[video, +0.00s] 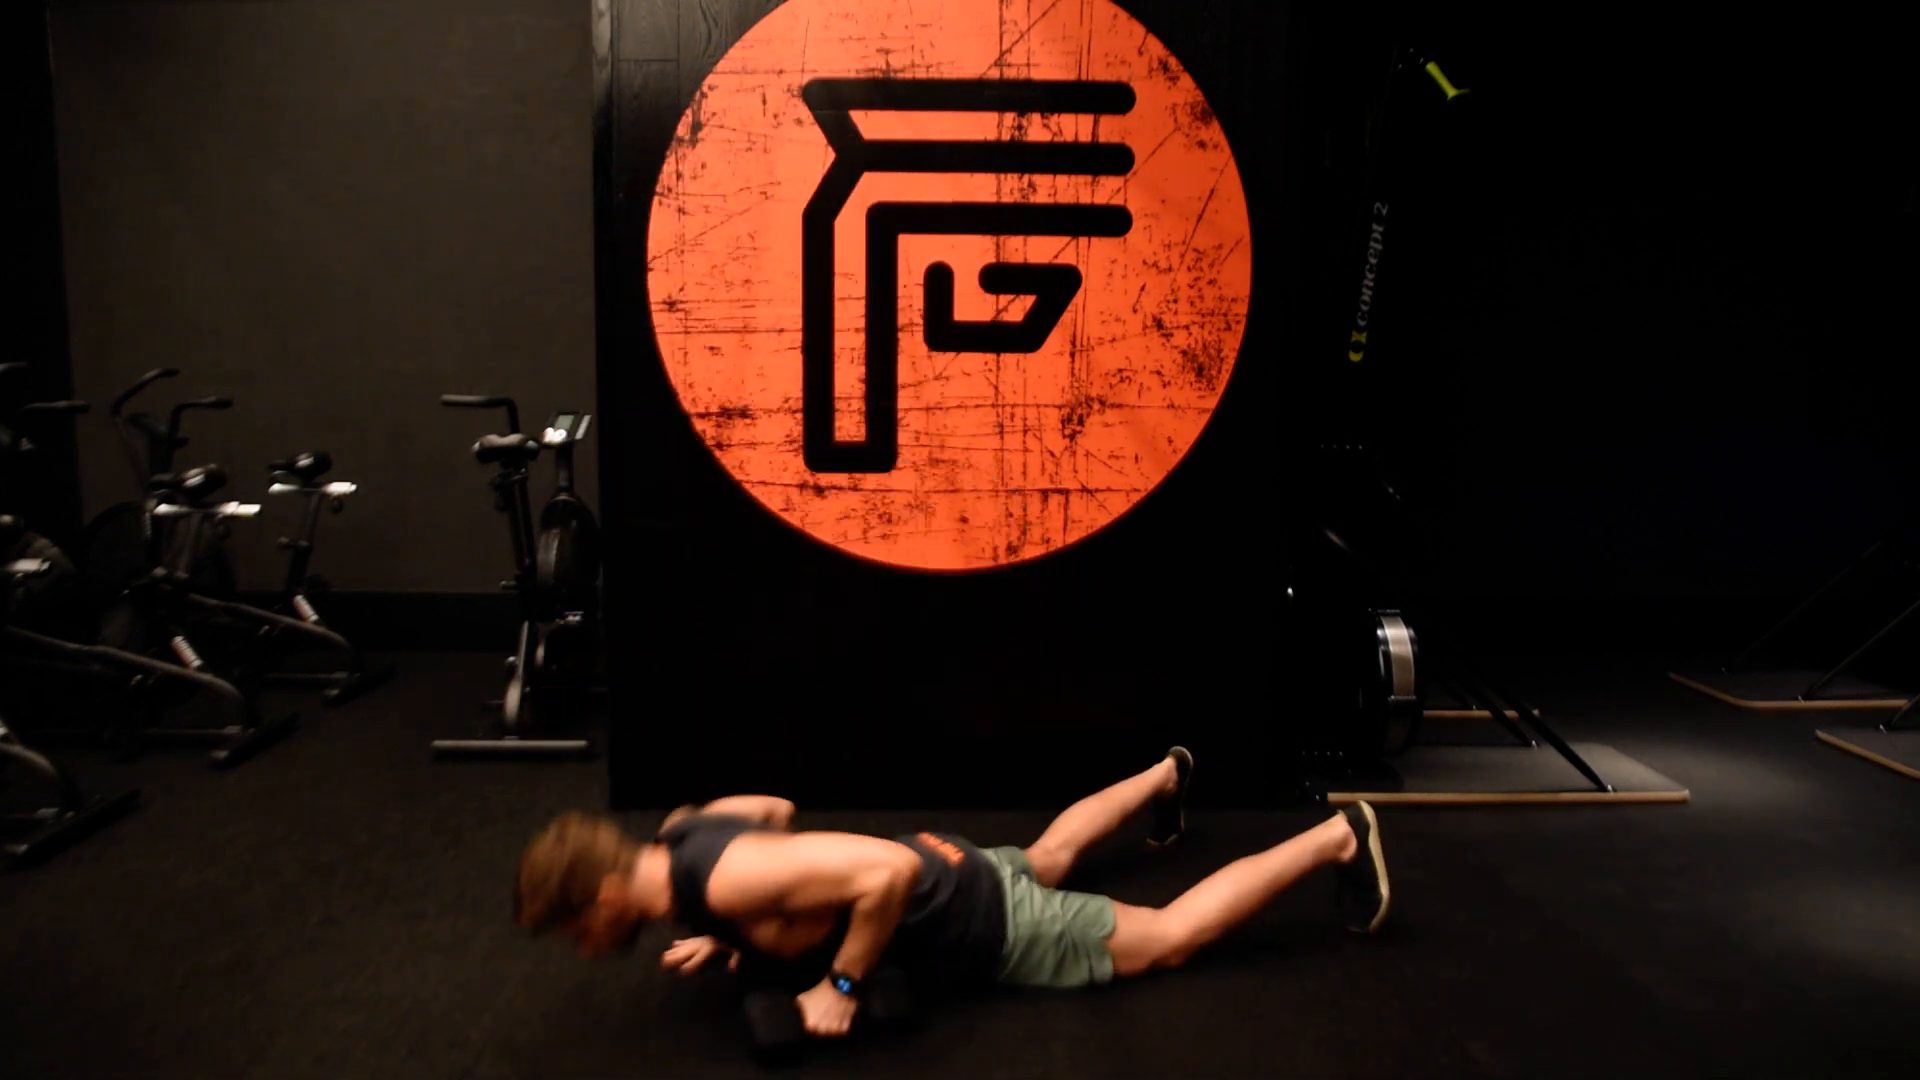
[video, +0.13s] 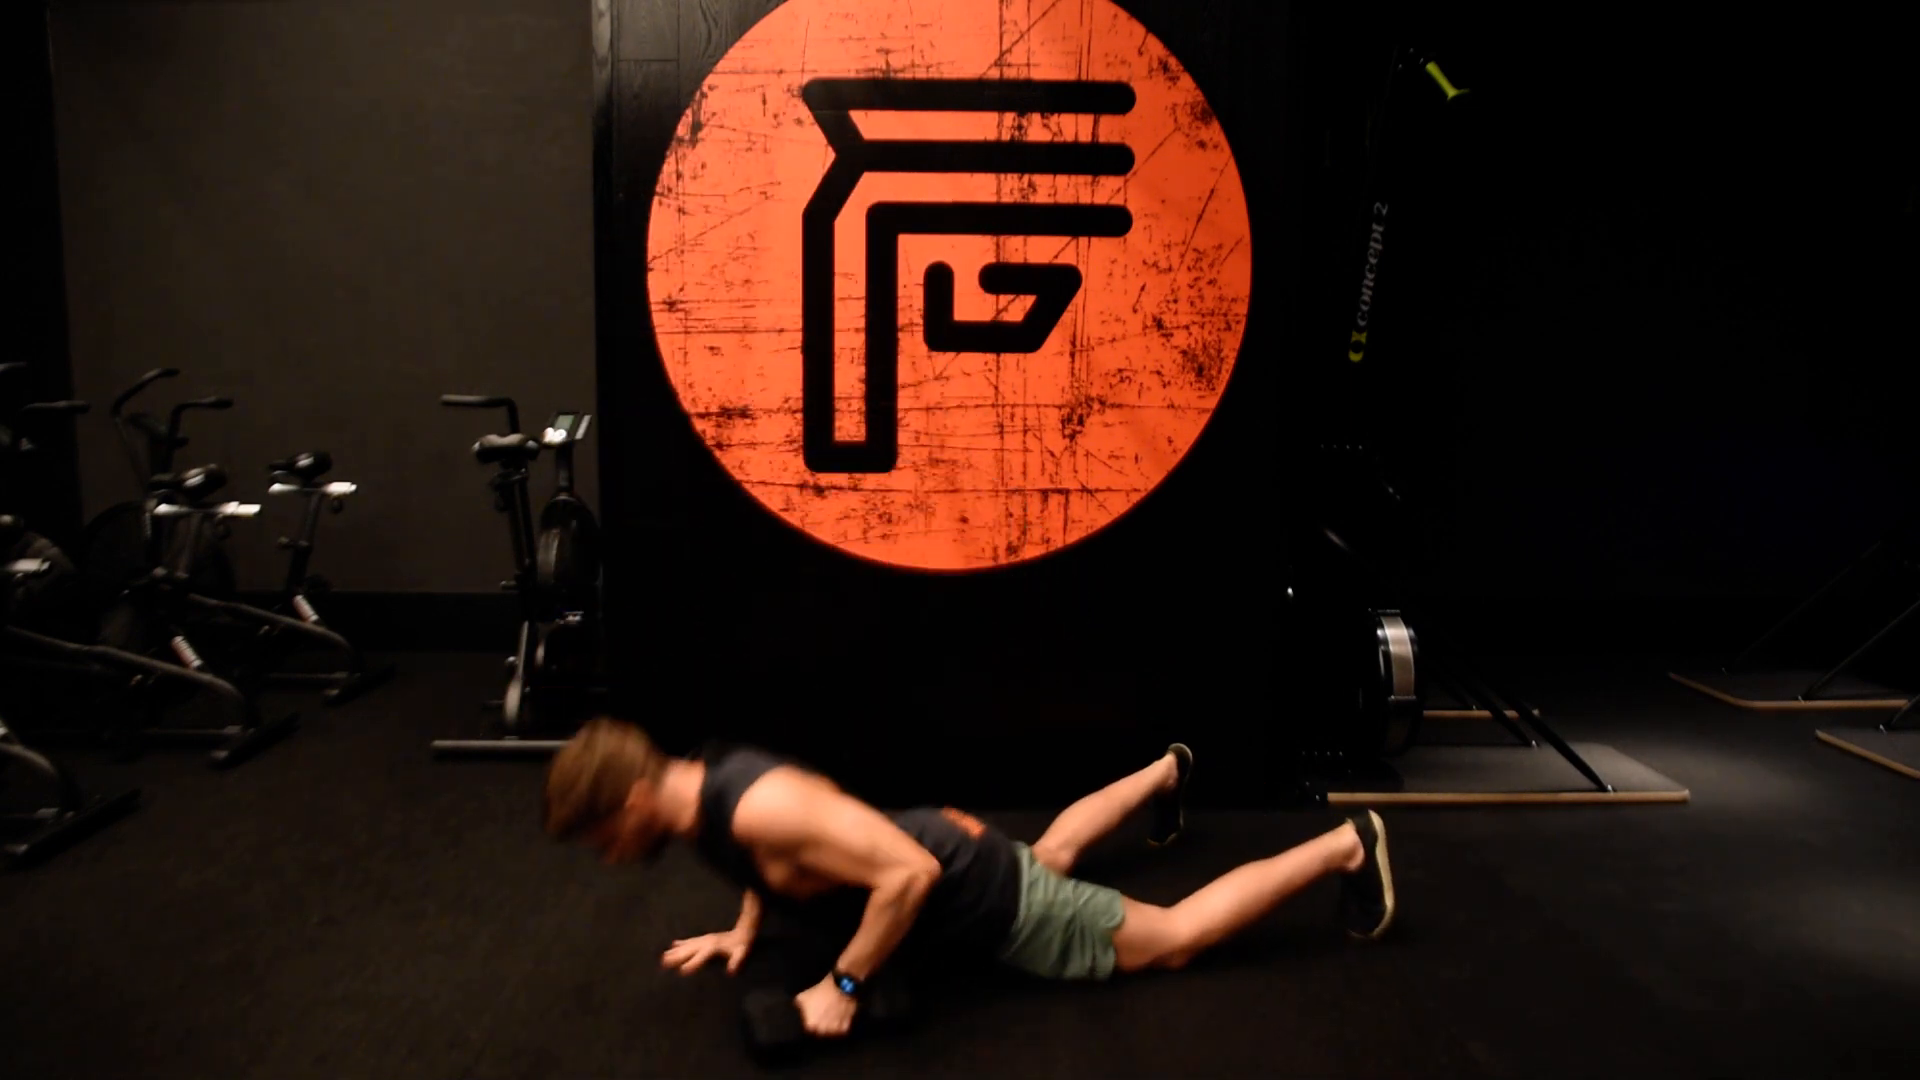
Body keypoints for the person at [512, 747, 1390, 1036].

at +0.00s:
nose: (586, 941)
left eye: (579, 928)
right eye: (574, 932)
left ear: (607, 897)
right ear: (612, 860)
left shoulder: (729, 886)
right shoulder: (677, 837)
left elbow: (885, 869)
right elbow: (771, 805)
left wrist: (836, 984)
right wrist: (726, 927)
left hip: (979, 915)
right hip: (943, 861)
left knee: (1167, 935)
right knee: (1048, 855)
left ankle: (1337, 833)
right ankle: (1163, 771)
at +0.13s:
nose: (604, 850)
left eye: (601, 836)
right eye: (594, 841)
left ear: (631, 803)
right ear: (637, 781)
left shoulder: (762, 813)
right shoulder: (704, 788)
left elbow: (905, 866)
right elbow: (767, 849)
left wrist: (841, 983)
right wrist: (744, 929)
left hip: (990, 890)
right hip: (939, 849)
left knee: (1170, 933)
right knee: (1050, 851)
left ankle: (1346, 842)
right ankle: (1160, 771)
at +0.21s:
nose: (631, 801)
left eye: (628, 787)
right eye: (621, 789)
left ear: (657, 751)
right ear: (656, 734)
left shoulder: (795, 766)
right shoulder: (727, 749)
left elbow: (906, 870)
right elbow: (764, 837)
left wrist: (841, 983)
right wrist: (744, 928)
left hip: (998, 870)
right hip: (944, 845)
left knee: (1176, 936)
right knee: (1051, 851)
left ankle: (1351, 848)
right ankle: (1162, 770)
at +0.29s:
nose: (658, 754)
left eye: (656, 738)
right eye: (647, 745)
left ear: (683, 699)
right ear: (680, 692)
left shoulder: (817, 728)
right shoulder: (743, 715)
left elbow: (900, 866)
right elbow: (763, 825)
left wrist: (843, 982)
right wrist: (740, 929)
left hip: (1008, 851)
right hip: (953, 832)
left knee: (1181, 934)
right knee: (1056, 847)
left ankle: (1357, 854)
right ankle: (1168, 774)